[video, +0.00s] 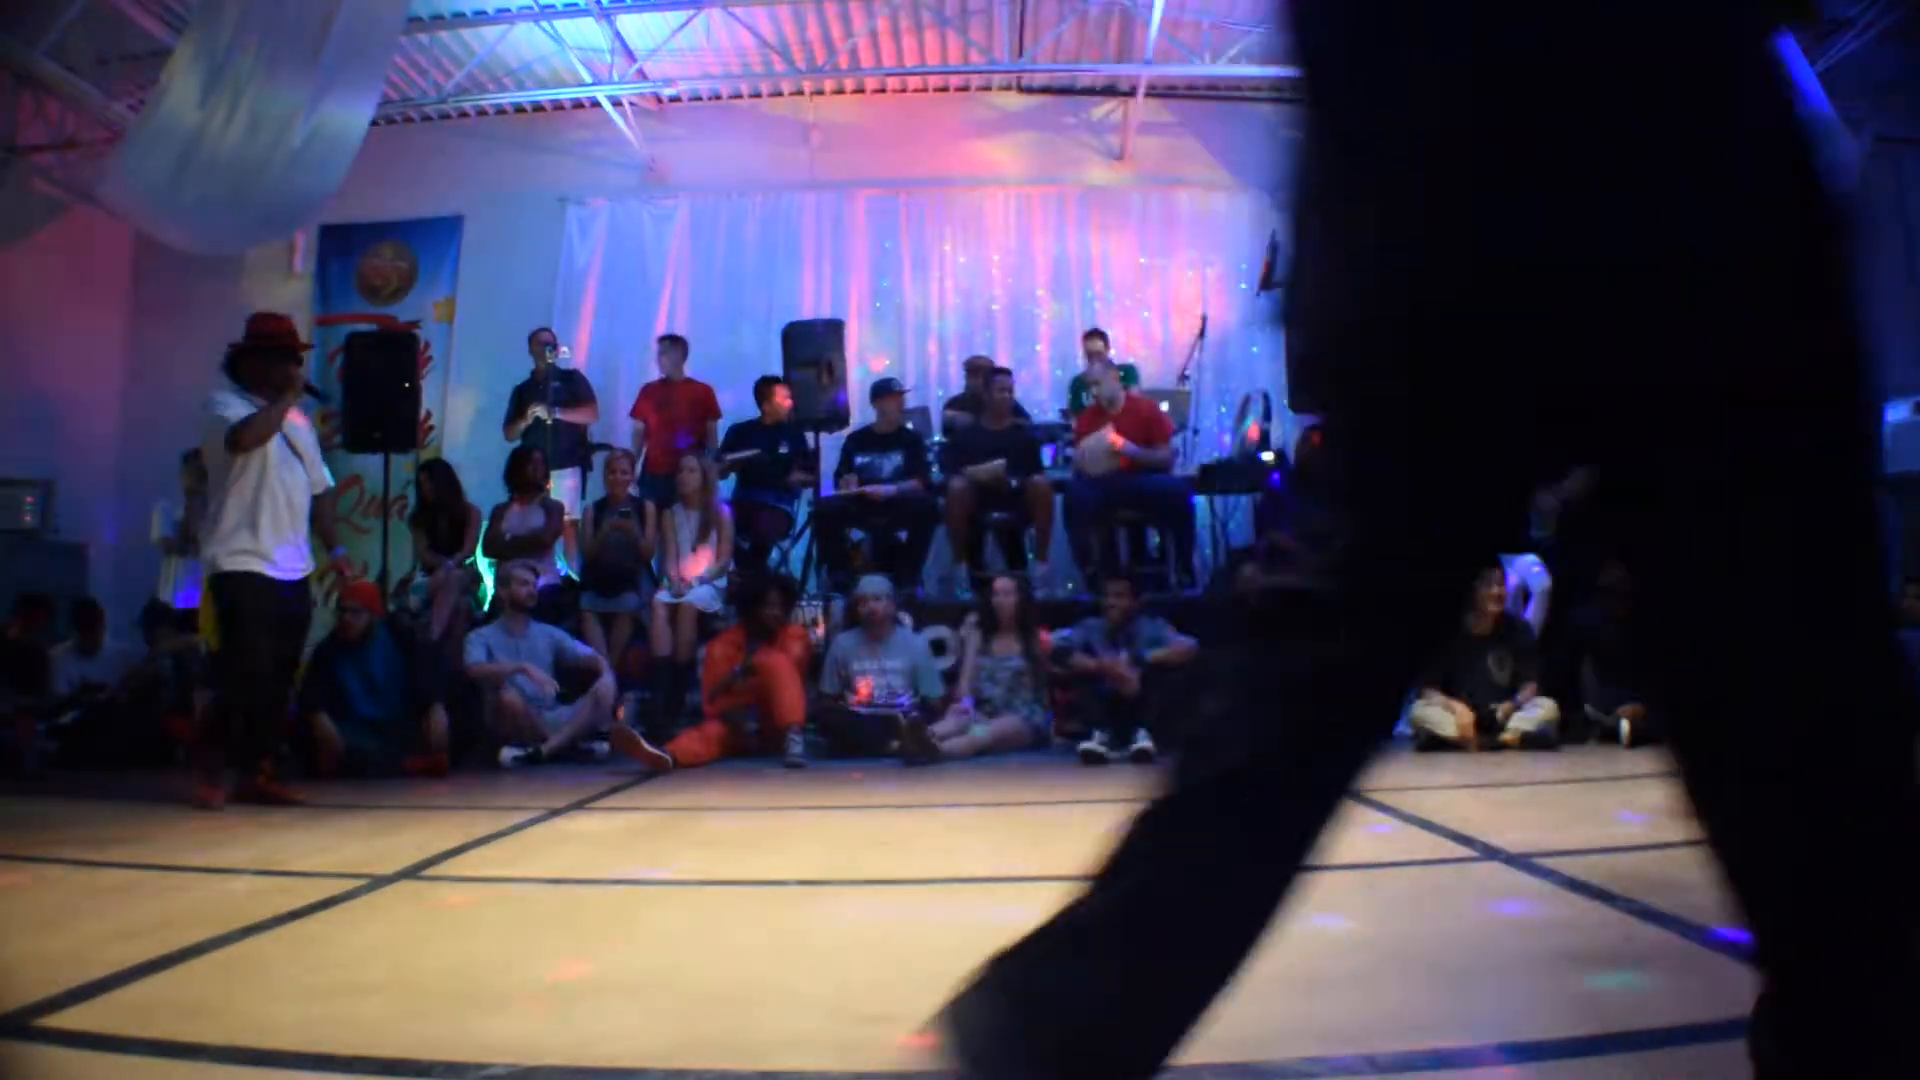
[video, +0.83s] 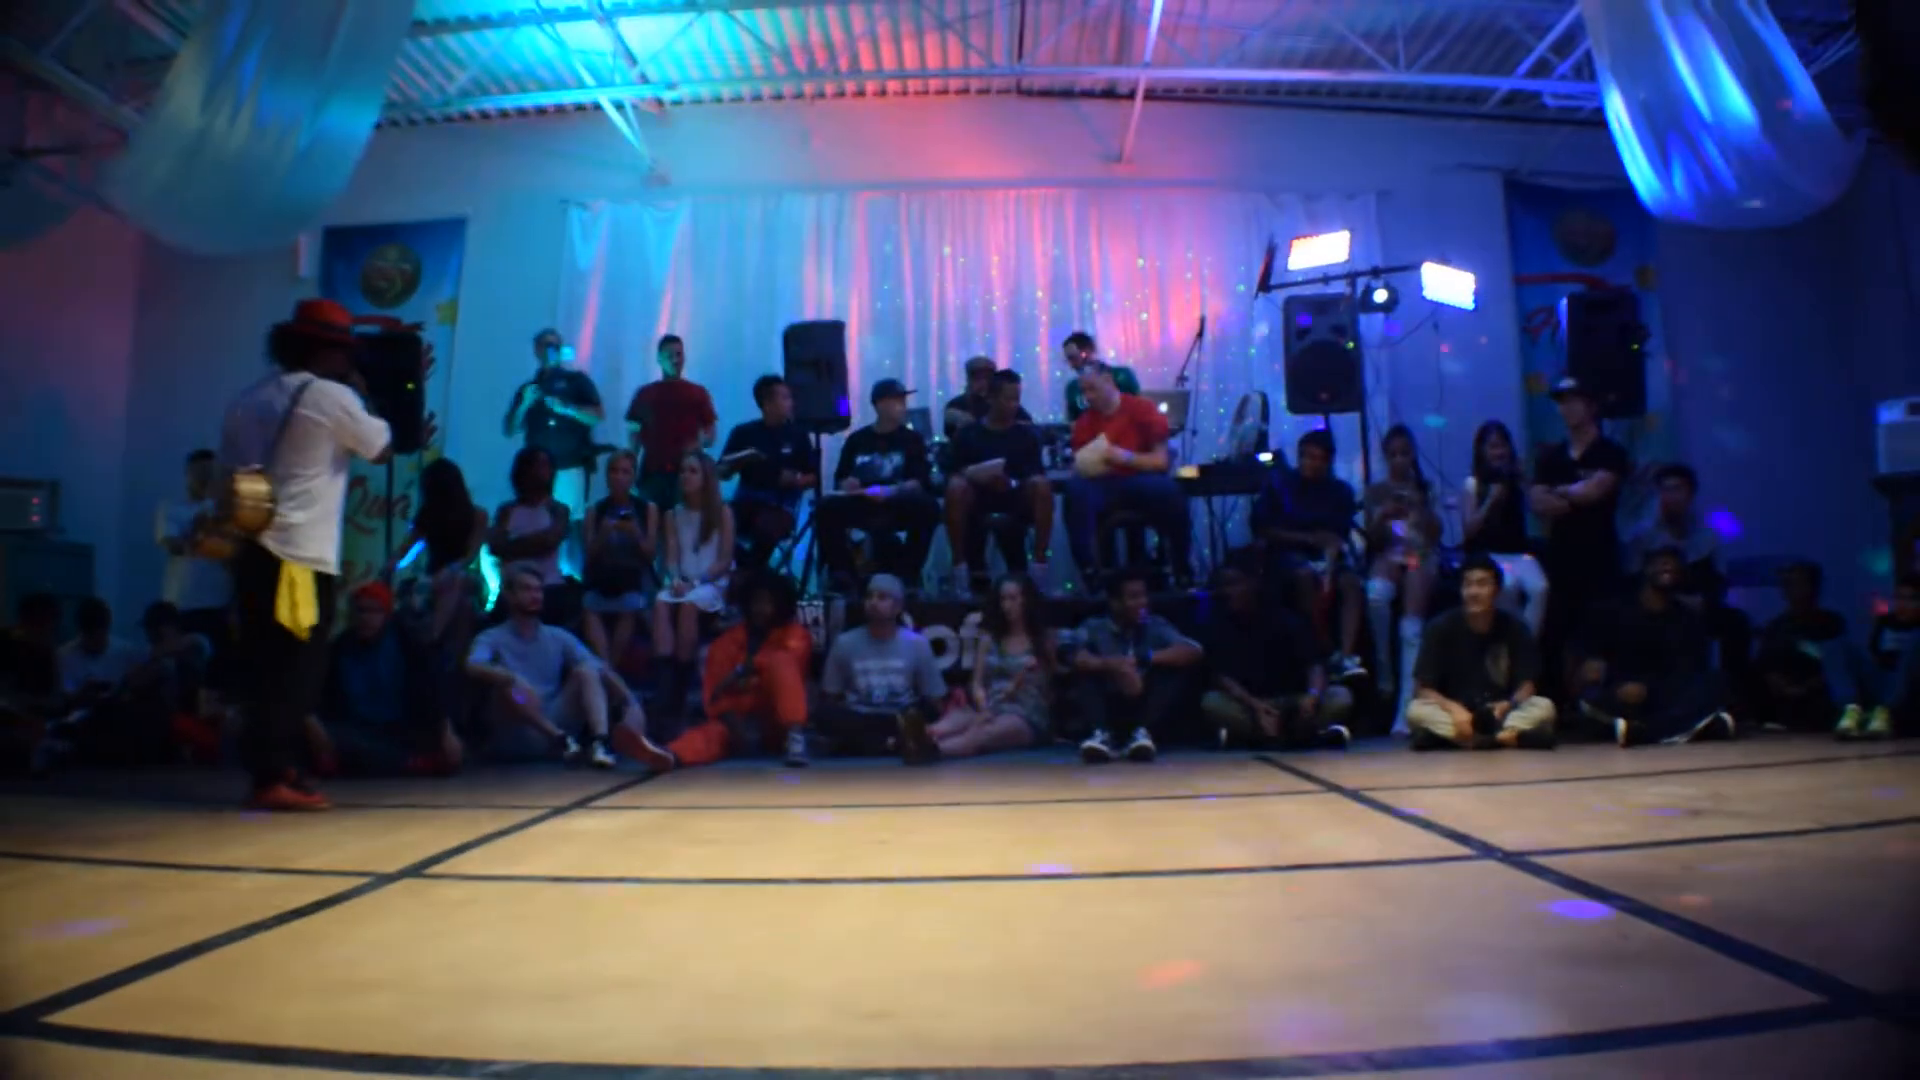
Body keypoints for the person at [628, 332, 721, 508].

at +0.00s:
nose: (660, 360)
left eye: (666, 353)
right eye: (659, 354)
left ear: (682, 355)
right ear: (658, 357)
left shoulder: (703, 392)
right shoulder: (649, 391)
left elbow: (711, 436)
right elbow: (638, 433)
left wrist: (709, 471)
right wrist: (631, 470)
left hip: (691, 477)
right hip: (655, 474)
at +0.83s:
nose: (674, 360)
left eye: (678, 355)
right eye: (668, 356)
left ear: (684, 358)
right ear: (659, 359)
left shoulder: (698, 394)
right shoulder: (645, 394)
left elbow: (709, 433)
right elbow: (633, 434)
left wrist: (692, 448)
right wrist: (630, 472)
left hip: (686, 472)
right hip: (653, 469)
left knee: (683, 528)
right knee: (650, 528)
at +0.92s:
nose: (675, 360)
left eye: (679, 355)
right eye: (669, 356)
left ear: (684, 357)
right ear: (659, 359)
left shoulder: (698, 393)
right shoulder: (643, 393)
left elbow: (711, 433)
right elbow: (632, 434)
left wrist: (695, 429)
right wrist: (629, 471)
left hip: (686, 475)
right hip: (652, 472)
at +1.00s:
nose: (675, 360)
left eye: (679, 354)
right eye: (669, 355)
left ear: (684, 357)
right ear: (659, 359)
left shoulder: (697, 392)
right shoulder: (643, 392)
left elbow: (711, 431)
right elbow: (632, 433)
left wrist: (692, 413)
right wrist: (628, 471)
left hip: (686, 476)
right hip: (651, 474)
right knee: (648, 533)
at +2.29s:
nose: (669, 360)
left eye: (674, 354)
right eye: (664, 356)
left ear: (684, 357)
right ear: (659, 360)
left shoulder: (699, 393)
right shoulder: (645, 393)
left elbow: (713, 431)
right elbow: (634, 434)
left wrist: (690, 423)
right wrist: (629, 471)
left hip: (688, 476)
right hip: (653, 473)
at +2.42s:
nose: (659, 361)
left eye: (664, 355)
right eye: (656, 356)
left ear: (680, 356)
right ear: (654, 360)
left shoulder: (699, 393)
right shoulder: (644, 393)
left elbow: (711, 433)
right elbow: (634, 433)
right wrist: (628, 469)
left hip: (686, 476)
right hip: (652, 473)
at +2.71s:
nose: (656, 361)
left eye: (661, 355)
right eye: (655, 356)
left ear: (679, 356)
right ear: (653, 360)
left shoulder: (699, 393)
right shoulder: (645, 392)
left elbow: (711, 435)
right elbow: (634, 434)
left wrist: (715, 473)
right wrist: (628, 471)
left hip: (687, 478)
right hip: (651, 475)